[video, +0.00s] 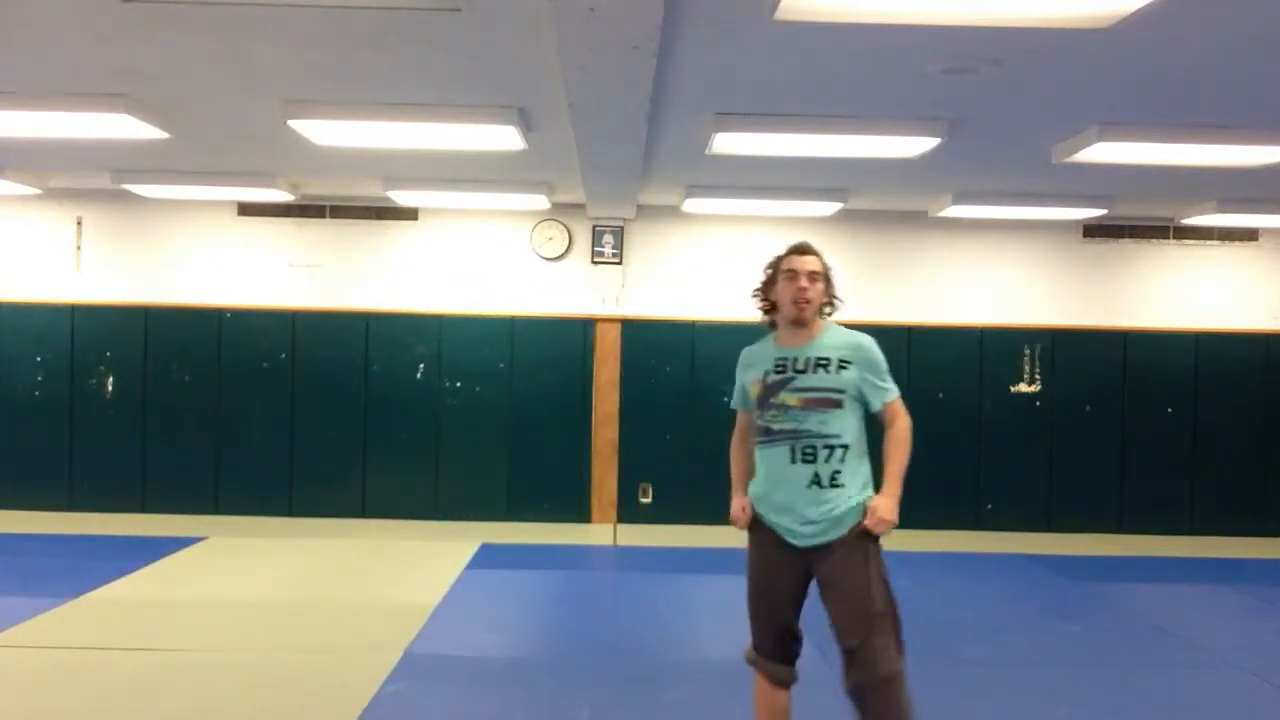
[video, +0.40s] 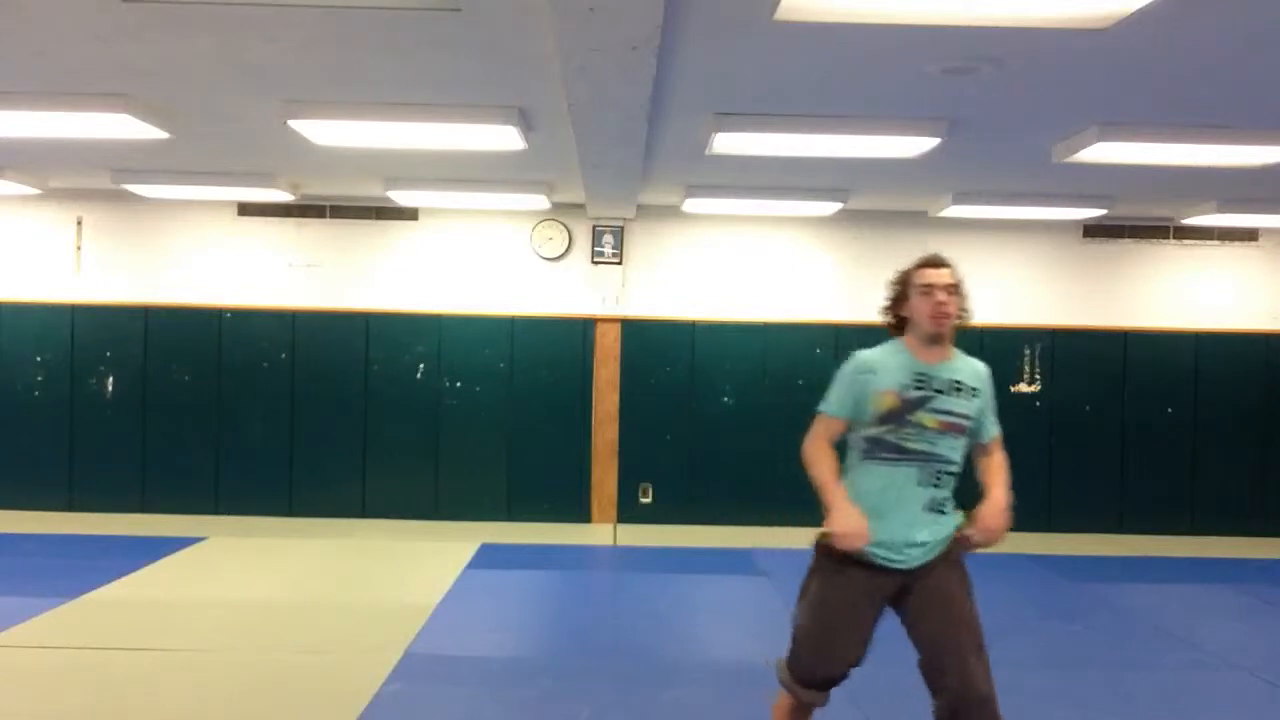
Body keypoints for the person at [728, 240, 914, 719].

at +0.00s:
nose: (803, 287)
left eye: (813, 278)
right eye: (791, 277)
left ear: (826, 291)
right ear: (772, 290)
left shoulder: (858, 349)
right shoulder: (752, 359)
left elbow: (897, 420)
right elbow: (744, 432)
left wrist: (890, 495)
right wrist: (738, 491)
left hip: (846, 527)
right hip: (772, 527)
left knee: (876, 664)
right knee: (771, 660)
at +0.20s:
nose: (862, 293)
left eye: (872, 285)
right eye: (849, 283)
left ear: (882, 299)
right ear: (827, 296)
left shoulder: (909, 362)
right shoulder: (794, 363)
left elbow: (931, 438)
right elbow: (765, 440)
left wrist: (923, 507)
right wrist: (765, 510)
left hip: (881, 544)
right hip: (800, 544)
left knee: (928, 679)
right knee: (782, 677)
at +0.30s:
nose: (900, 299)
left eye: (909, 290)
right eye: (887, 290)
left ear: (919, 303)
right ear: (863, 302)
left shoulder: (943, 370)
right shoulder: (826, 368)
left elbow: (958, 443)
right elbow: (786, 441)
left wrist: (957, 504)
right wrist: (795, 509)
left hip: (910, 548)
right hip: (828, 547)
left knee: (950, 676)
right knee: (794, 677)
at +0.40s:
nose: (942, 301)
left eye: (950, 292)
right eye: (928, 292)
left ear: (960, 304)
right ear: (904, 305)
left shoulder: (976, 375)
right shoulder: (867, 366)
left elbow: (989, 450)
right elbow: (817, 442)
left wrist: (996, 501)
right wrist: (839, 506)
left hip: (934, 557)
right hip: (853, 554)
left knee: (971, 696)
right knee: (810, 682)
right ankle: (794, 708)